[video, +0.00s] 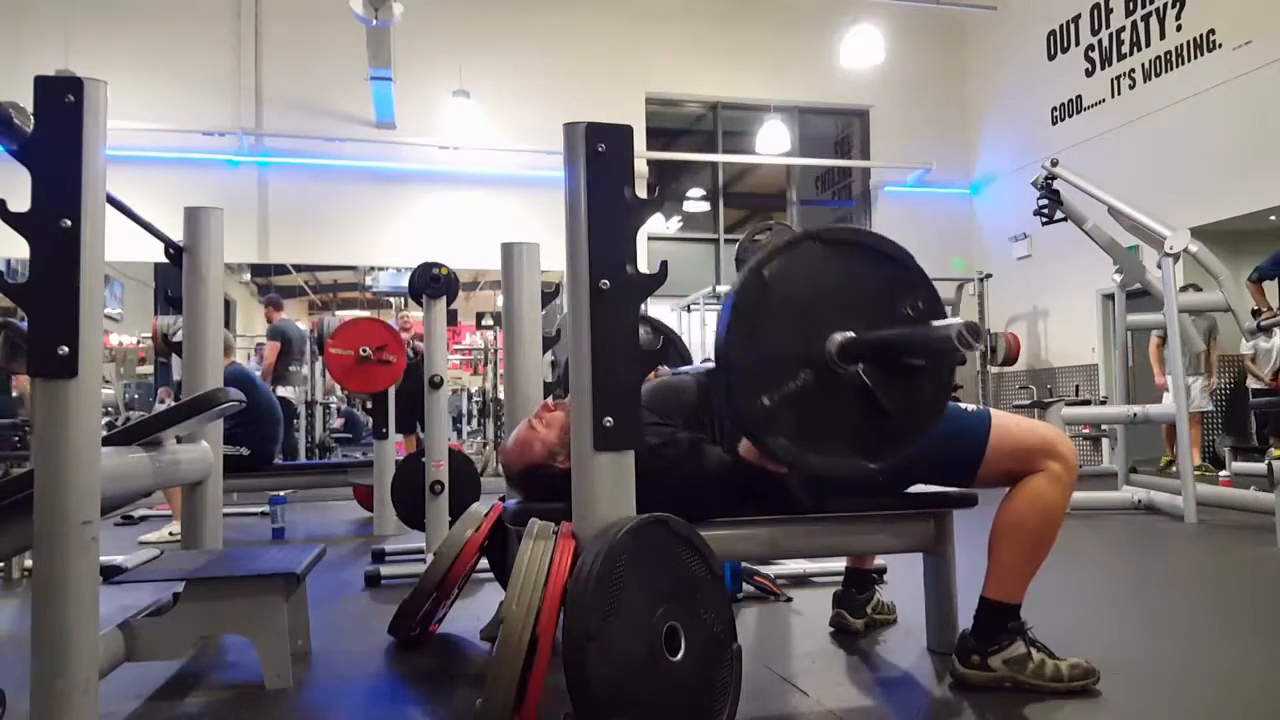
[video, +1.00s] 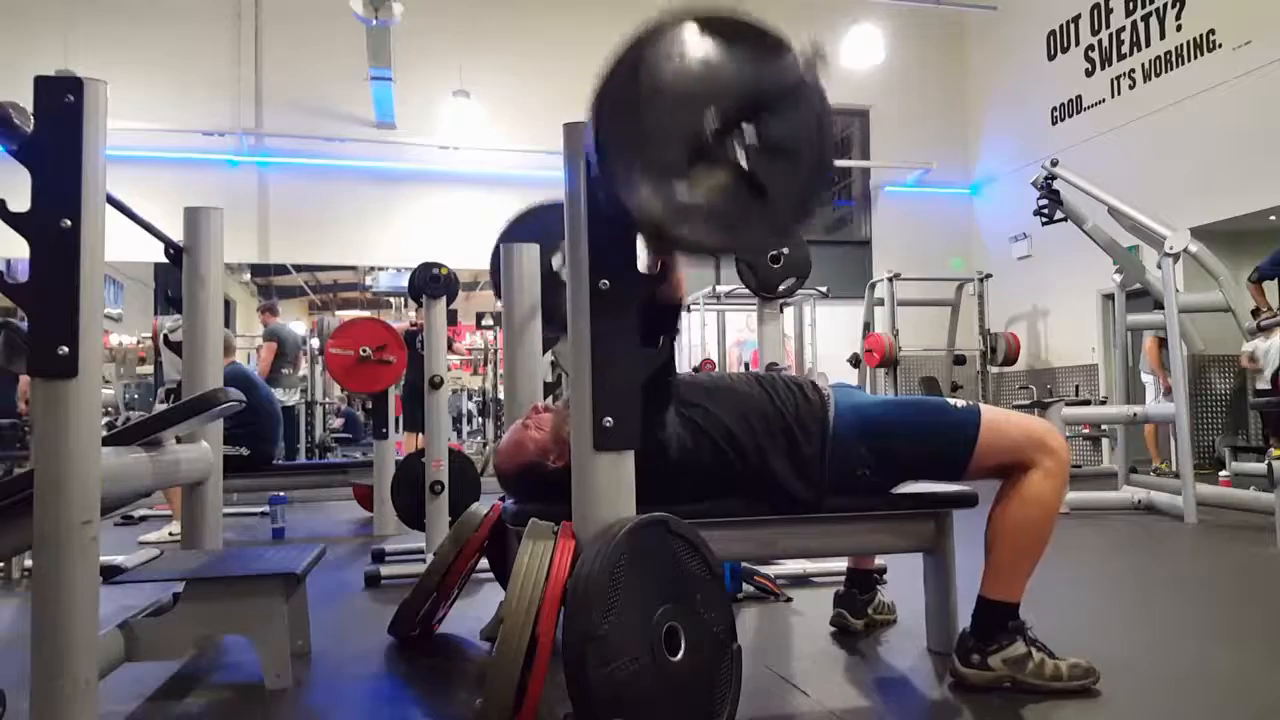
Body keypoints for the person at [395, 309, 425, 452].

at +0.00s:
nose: (406, 320)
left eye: (408, 317)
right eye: (402, 317)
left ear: (413, 321)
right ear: (397, 322)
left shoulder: (422, 337)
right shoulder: (394, 339)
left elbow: (435, 352)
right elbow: (389, 356)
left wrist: (423, 348)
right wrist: (400, 343)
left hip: (424, 386)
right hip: (403, 387)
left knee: (430, 428)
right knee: (408, 430)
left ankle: (434, 462)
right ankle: (412, 462)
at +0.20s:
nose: (410, 320)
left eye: (413, 316)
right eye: (407, 317)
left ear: (417, 320)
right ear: (402, 321)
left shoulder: (424, 337)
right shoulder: (398, 338)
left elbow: (435, 351)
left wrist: (418, 346)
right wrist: (401, 341)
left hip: (424, 386)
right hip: (404, 387)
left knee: (424, 430)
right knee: (408, 431)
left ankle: (425, 461)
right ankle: (411, 461)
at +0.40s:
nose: (418, 318)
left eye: (421, 315)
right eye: (415, 315)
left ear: (425, 318)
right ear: (408, 319)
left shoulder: (431, 337)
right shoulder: (403, 338)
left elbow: (442, 355)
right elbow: (396, 359)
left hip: (427, 386)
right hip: (407, 386)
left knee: (425, 430)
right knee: (410, 431)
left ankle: (424, 463)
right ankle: (411, 462)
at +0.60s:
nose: (421, 327)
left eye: (424, 324)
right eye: (419, 323)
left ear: (431, 324)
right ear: (414, 322)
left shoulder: (434, 338)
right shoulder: (408, 337)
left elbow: (454, 352)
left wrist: (426, 334)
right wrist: (407, 335)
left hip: (428, 389)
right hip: (409, 388)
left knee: (425, 432)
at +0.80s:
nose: (421, 322)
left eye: (424, 318)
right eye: (419, 318)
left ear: (431, 320)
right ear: (415, 319)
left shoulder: (437, 335)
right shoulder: (409, 335)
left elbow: (460, 351)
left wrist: (442, 339)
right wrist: (408, 328)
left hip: (431, 389)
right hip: (411, 386)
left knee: (429, 430)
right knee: (408, 429)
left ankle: (428, 462)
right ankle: (412, 460)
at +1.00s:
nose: (424, 320)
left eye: (427, 316)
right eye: (421, 316)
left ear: (433, 317)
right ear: (417, 317)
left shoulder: (439, 335)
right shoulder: (410, 335)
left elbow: (462, 351)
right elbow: (392, 334)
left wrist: (449, 343)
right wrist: (409, 325)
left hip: (433, 388)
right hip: (413, 385)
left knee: (429, 431)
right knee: (411, 430)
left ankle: (426, 465)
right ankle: (410, 464)